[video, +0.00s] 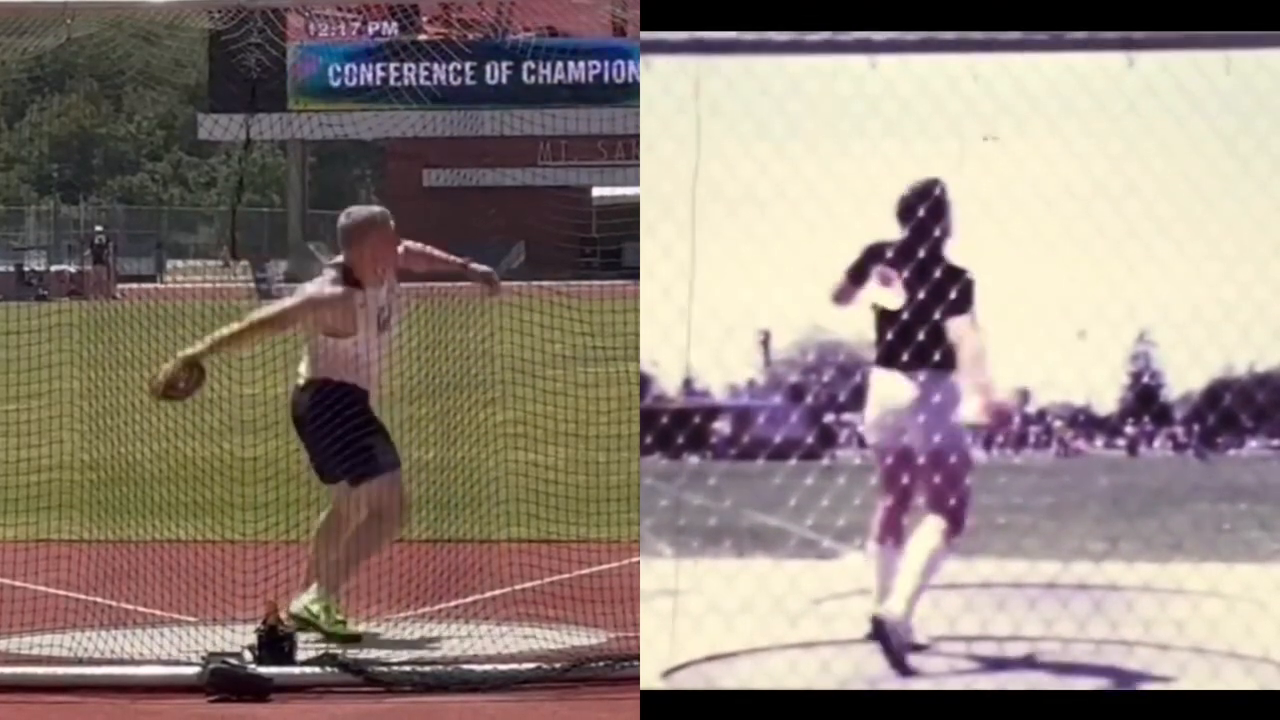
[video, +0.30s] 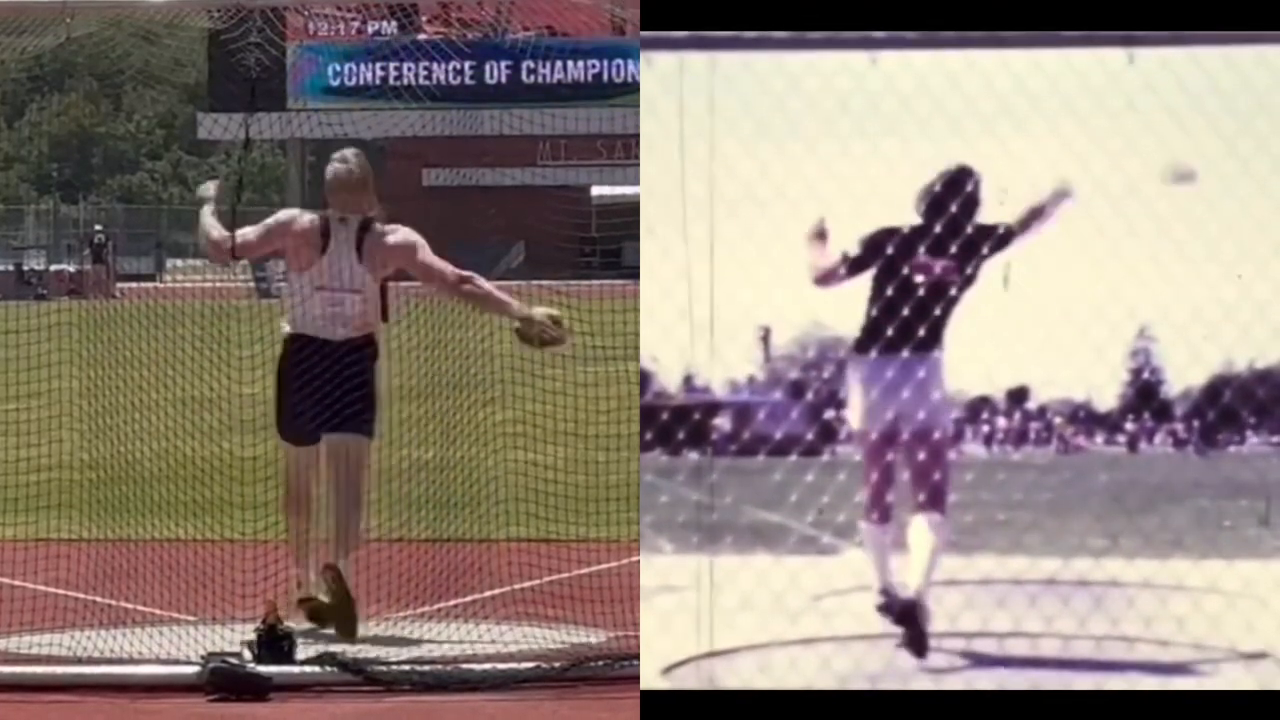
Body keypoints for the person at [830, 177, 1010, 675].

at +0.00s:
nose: (948, 224)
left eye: (941, 216)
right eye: (945, 216)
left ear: (903, 218)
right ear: (943, 220)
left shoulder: (878, 257)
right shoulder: (952, 276)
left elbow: (842, 295)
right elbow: (964, 336)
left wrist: (869, 274)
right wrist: (984, 395)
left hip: (885, 378)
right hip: (935, 384)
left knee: (892, 497)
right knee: (947, 506)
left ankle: (884, 606)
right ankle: (898, 607)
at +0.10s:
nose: (942, 208)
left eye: (932, 201)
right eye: (941, 200)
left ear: (899, 205)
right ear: (943, 205)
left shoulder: (872, 250)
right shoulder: (960, 264)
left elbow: (827, 294)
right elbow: (1010, 321)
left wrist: (849, 269)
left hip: (883, 377)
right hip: (937, 380)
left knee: (886, 493)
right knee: (939, 496)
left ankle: (888, 602)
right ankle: (904, 595)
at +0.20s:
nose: (947, 209)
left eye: (937, 202)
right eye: (948, 200)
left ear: (901, 203)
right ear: (949, 204)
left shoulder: (877, 248)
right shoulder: (965, 253)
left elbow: (822, 293)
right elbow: (1049, 266)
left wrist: (817, 267)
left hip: (873, 372)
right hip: (927, 372)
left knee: (885, 491)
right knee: (932, 492)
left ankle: (894, 596)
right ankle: (911, 593)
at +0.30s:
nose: (972, 209)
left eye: (967, 198)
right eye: (971, 200)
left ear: (928, 198)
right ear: (969, 205)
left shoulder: (894, 240)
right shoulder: (973, 243)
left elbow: (826, 275)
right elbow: (1024, 225)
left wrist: (817, 244)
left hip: (871, 363)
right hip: (923, 365)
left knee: (877, 482)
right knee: (931, 490)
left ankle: (887, 590)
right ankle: (917, 593)